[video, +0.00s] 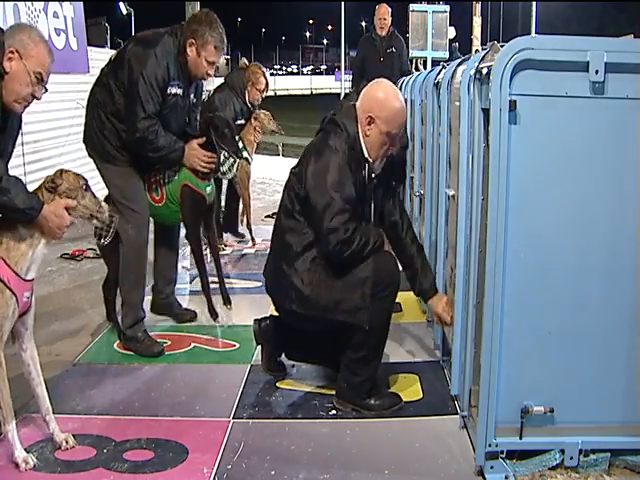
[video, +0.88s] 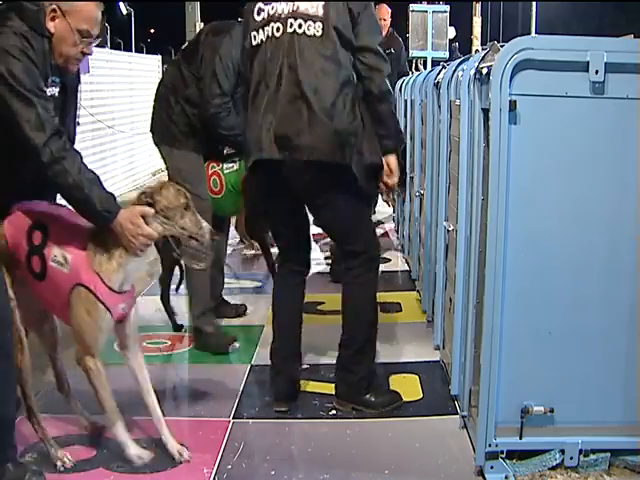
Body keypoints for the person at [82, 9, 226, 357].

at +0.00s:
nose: (211, 71)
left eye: (216, 65)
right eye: (209, 63)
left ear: (199, 48)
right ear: (190, 47)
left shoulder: (192, 66)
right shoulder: (149, 58)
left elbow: (188, 121)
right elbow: (140, 129)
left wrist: (194, 147)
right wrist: (182, 151)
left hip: (153, 141)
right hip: (113, 139)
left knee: (169, 213)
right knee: (136, 216)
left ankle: (164, 297)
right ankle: (131, 322)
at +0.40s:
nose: (240, 71)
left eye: (245, 65)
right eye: (238, 63)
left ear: (230, 50)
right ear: (220, 46)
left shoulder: (221, 70)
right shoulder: (182, 54)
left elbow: (216, 122)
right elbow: (169, 120)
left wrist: (223, 145)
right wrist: (208, 149)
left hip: (183, 144)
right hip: (142, 139)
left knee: (199, 217)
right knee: (152, 219)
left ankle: (210, 301)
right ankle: (134, 324)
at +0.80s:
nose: (272, 52)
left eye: (275, 45)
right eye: (270, 44)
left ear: (261, 39)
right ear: (256, 37)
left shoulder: (257, 56)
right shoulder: (222, 42)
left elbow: (252, 108)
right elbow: (208, 106)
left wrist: (255, 138)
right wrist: (241, 141)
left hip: (209, 134)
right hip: (173, 127)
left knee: (214, 212)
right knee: (190, 213)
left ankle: (211, 300)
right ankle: (169, 315)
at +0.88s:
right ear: (263, 23)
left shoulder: (259, 47)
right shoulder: (226, 38)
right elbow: (215, 106)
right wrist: (251, 142)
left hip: (208, 134)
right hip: (179, 129)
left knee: (217, 216)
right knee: (199, 220)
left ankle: (213, 300)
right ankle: (202, 322)